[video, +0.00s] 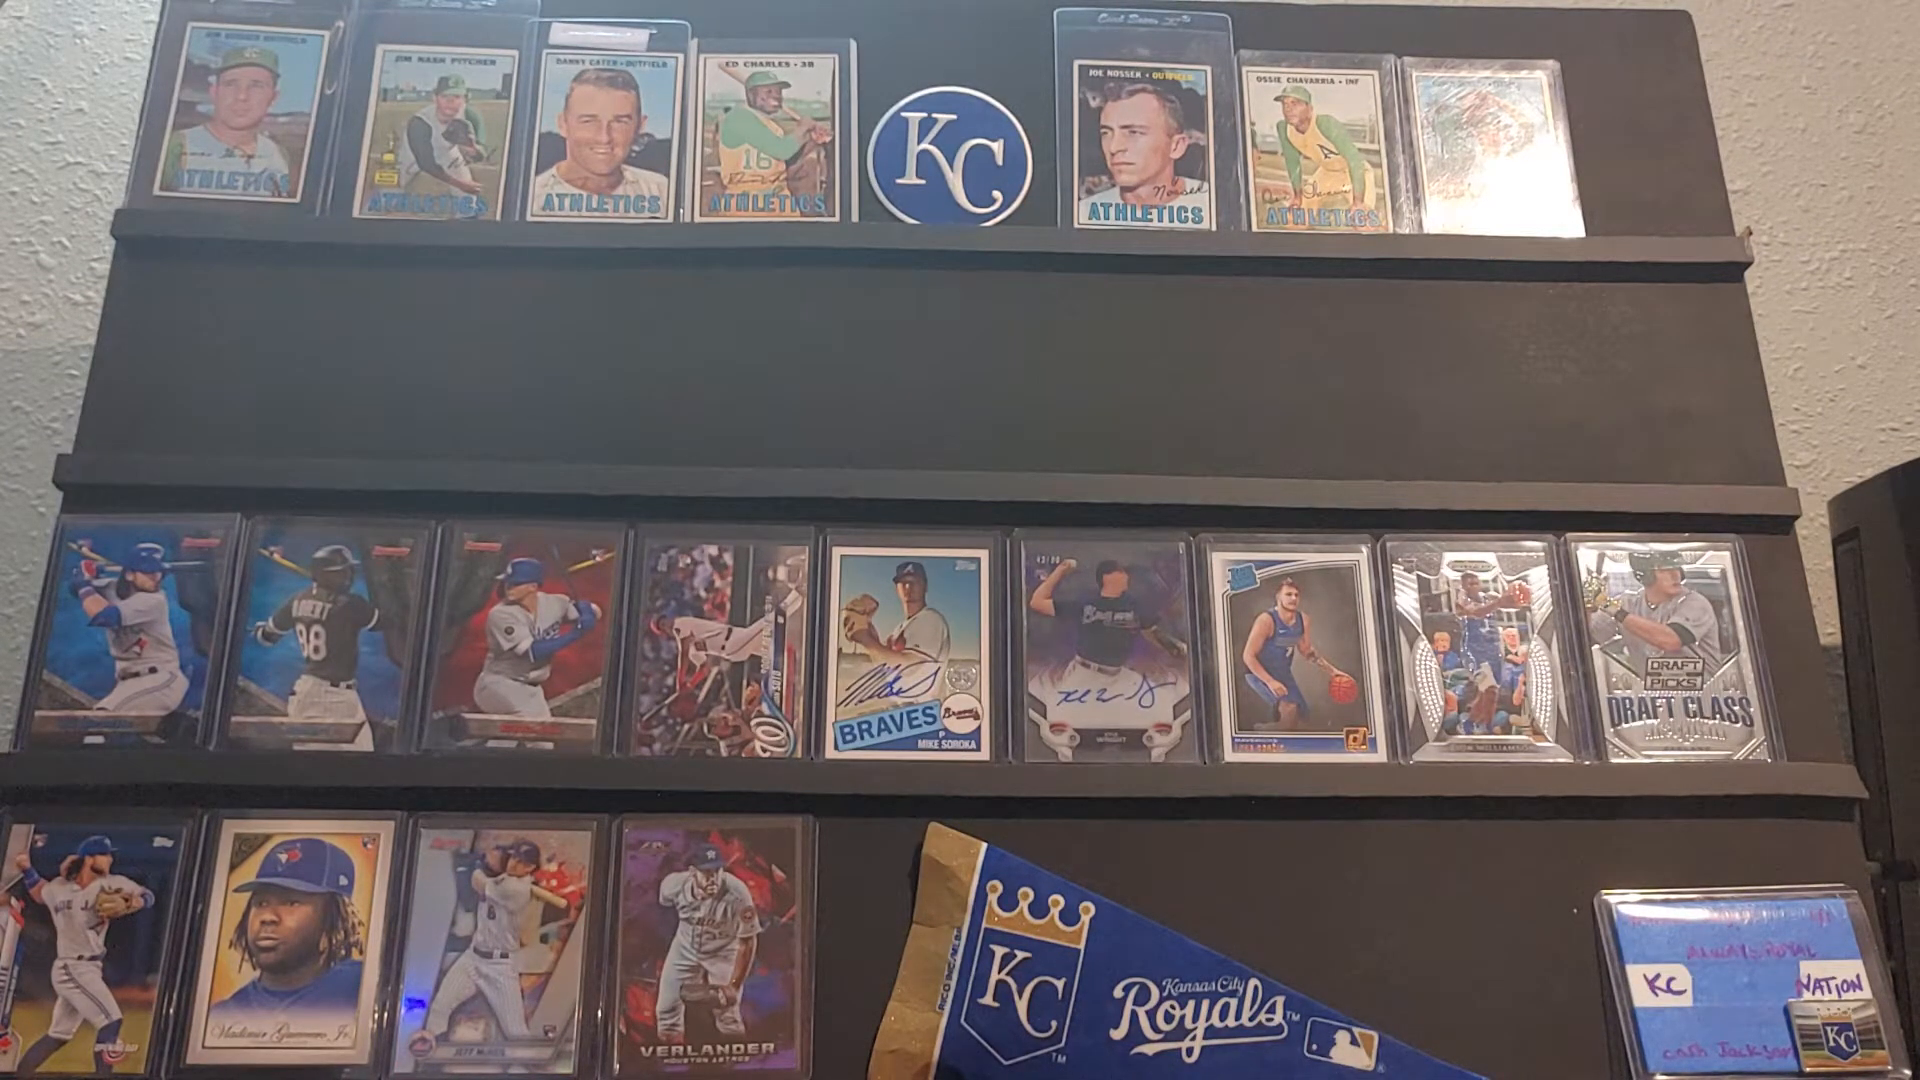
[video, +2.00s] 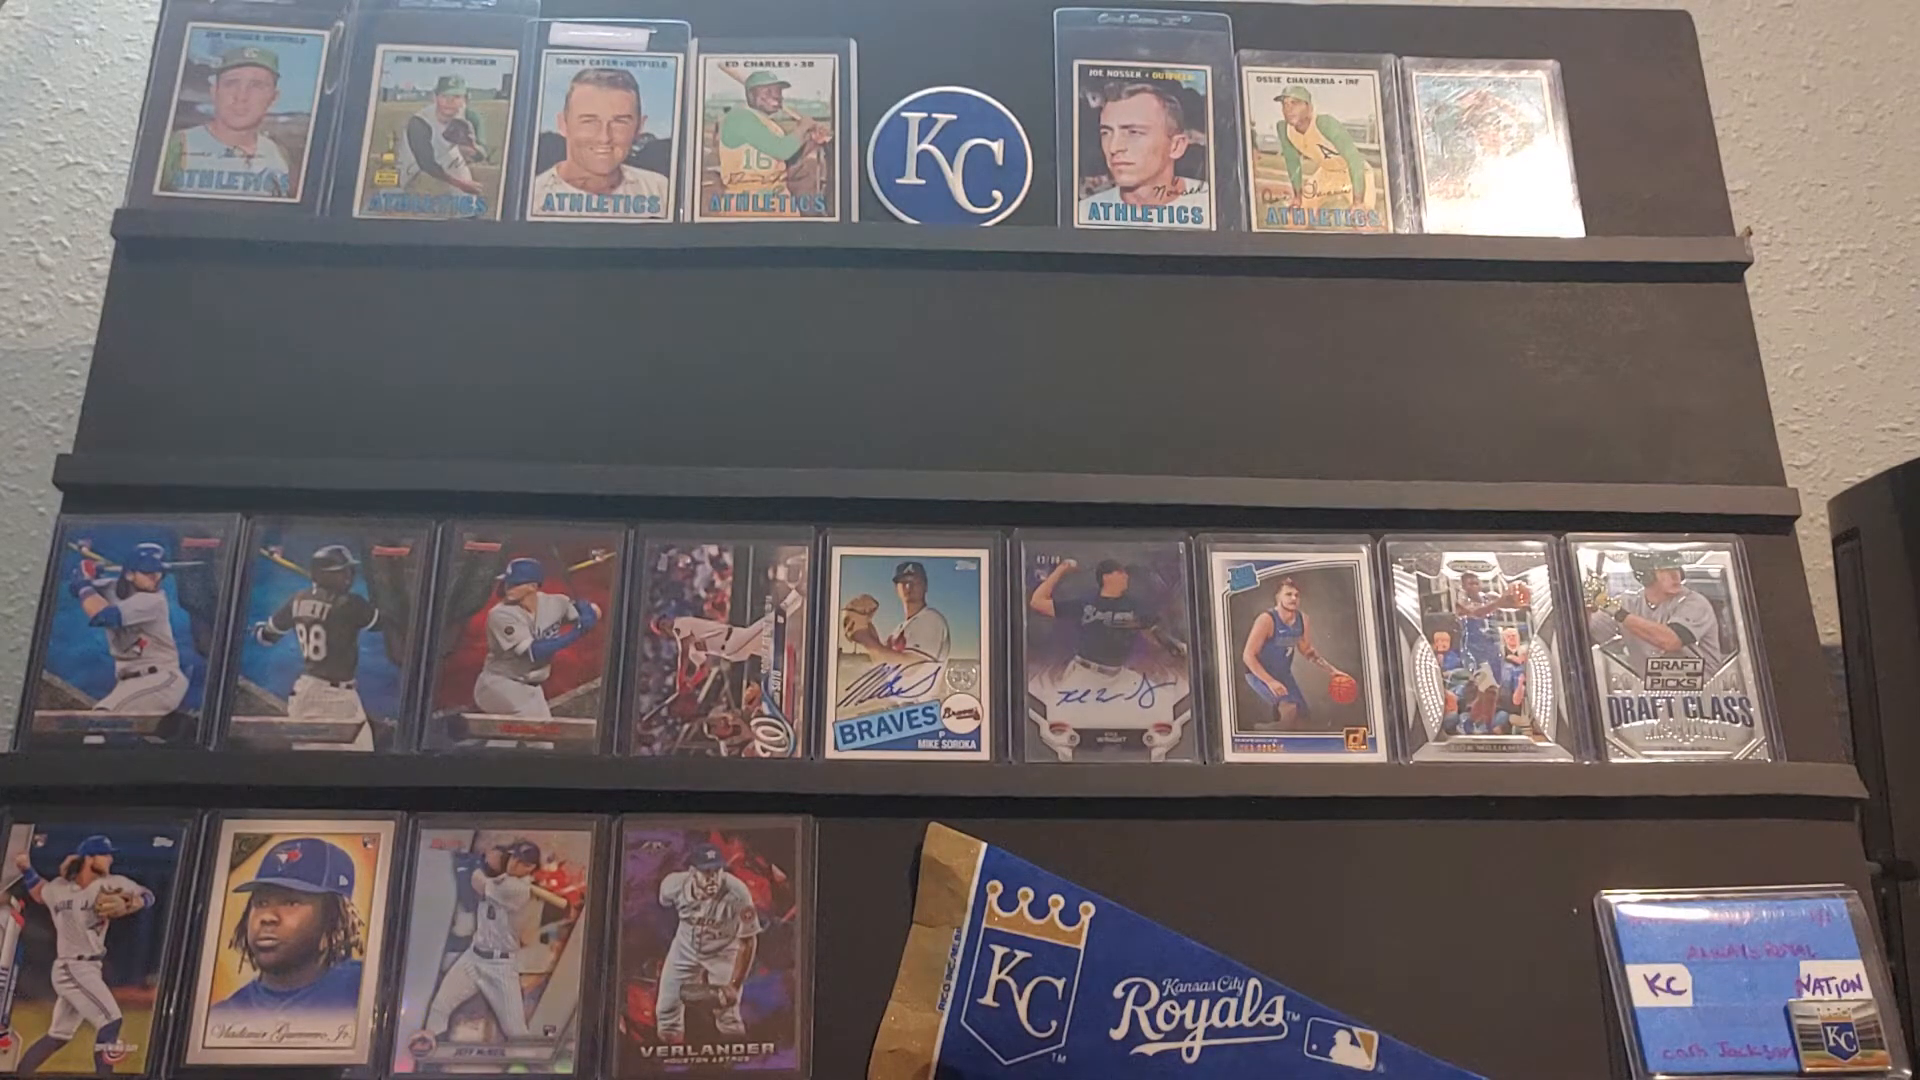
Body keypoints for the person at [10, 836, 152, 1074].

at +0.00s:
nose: (109, 859)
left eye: (109, 855)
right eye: (104, 855)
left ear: (101, 861)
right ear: (89, 859)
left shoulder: (111, 884)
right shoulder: (58, 888)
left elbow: (148, 896)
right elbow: (39, 892)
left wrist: (132, 904)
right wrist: (27, 869)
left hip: (90, 969)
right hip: (71, 969)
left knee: (58, 1035)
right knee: (111, 1020)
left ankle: (20, 1073)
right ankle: (103, 1073)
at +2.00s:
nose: (110, 859)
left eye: (110, 855)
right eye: (105, 855)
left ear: (97, 861)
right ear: (90, 859)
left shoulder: (111, 884)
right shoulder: (58, 889)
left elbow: (148, 896)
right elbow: (38, 890)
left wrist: (131, 905)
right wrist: (26, 869)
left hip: (90, 969)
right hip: (71, 969)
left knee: (58, 1036)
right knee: (111, 1019)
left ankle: (19, 1073)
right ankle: (104, 1074)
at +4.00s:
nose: (110, 859)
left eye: (110, 855)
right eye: (105, 855)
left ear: (98, 861)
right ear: (89, 859)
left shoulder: (111, 884)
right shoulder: (58, 888)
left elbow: (148, 896)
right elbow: (39, 891)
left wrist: (131, 904)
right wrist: (27, 869)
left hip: (91, 969)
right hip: (70, 969)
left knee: (59, 1035)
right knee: (110, 1020)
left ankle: (18, 1073)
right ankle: (104, 1074)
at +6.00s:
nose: (110, 860)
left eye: (110, 855)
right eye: (105, 855)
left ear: (96, 861)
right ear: (89, 859)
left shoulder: (110, 885)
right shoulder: (57, 888)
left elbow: (149, 896)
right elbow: (39, 892)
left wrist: (134, 904)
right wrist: (27, 870)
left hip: (90, 969)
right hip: (71, 969)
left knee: (58, 1035)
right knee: (111, 1020)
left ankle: (19, 1073)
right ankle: (104, 1074)